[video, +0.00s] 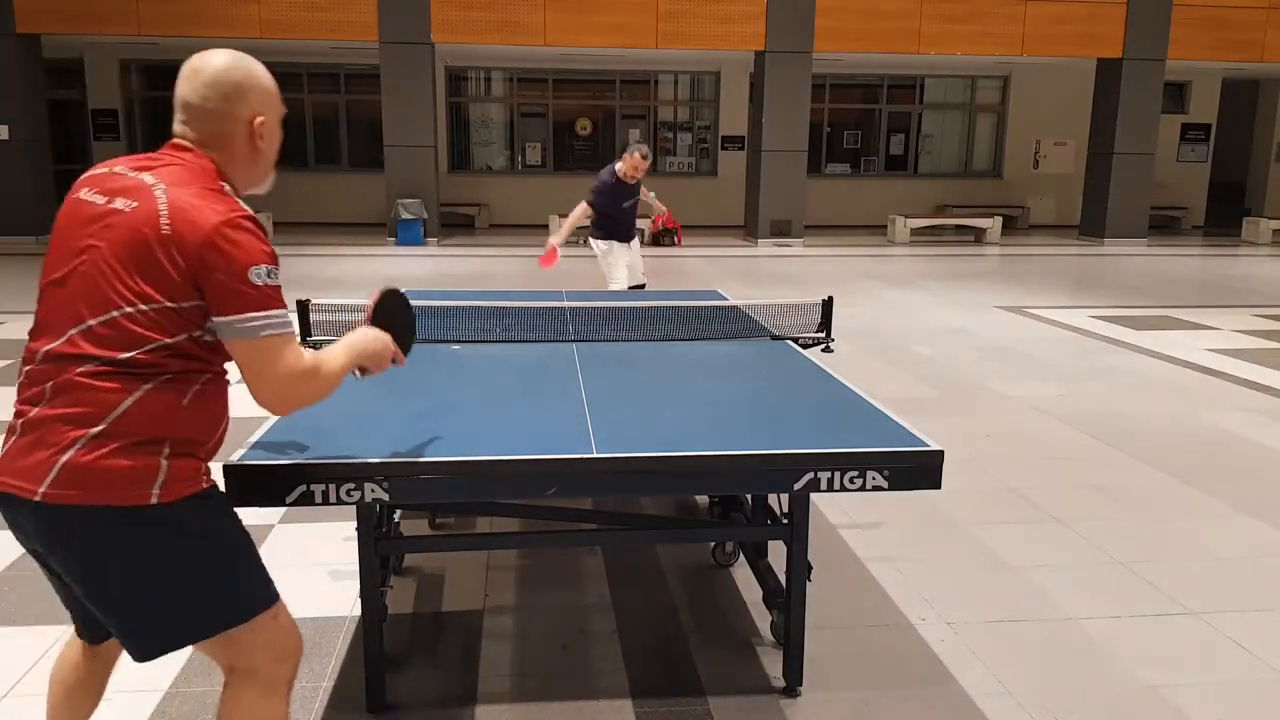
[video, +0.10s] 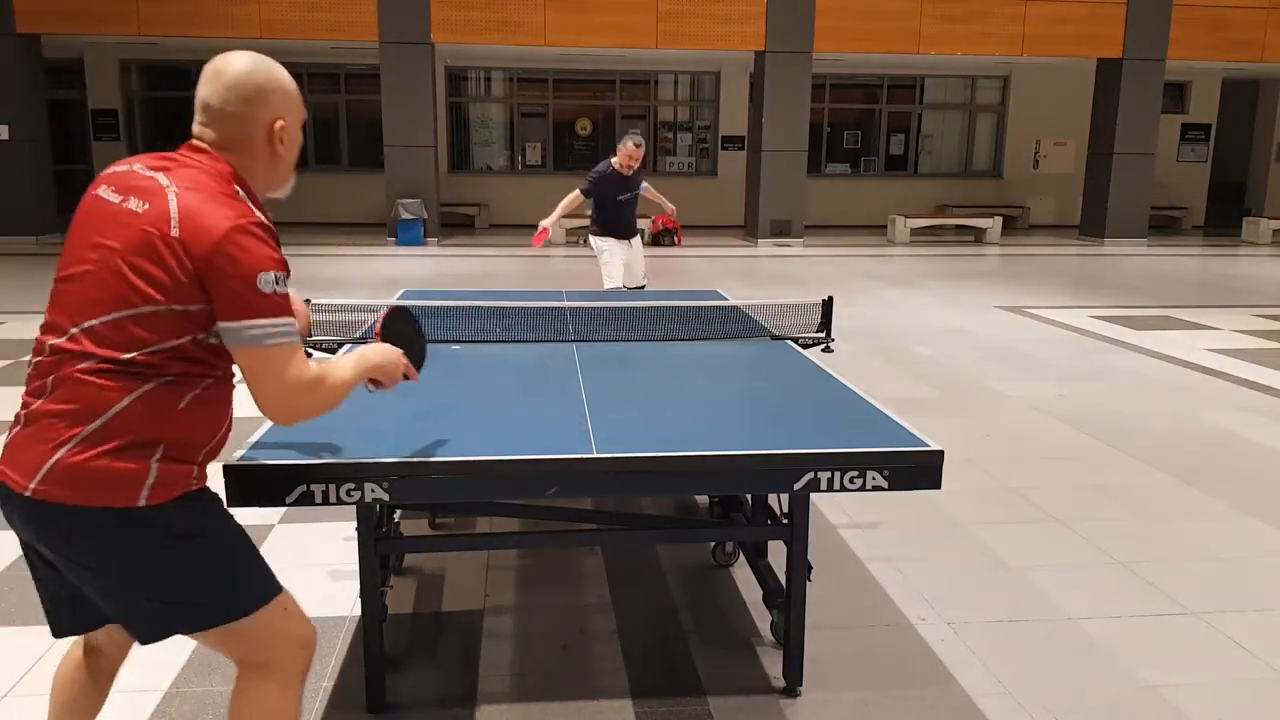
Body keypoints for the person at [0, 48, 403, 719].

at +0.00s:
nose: (280, 135)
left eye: (278, 121)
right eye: (278, 121)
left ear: (181, 119)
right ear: (256, 128)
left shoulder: (97, 181)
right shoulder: (221, 223)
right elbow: (283, 388)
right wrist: (354, 349)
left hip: (31, 476)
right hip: (134, 489)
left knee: (96, 633)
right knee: (266, 653)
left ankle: (59, 719)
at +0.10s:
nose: (300, 143)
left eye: (300, 128)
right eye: (299, 127)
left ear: (204, 119)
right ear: (278, 131)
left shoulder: (119, 178)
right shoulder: (231, 225)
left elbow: (151, 304)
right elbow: (287, 398)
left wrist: (262, 306)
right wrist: (361, 364)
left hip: (34, 472)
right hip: (129, 492)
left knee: (103, 640)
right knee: (280, 648)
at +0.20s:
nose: (323, 165)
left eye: (326, 150)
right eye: (323, 150)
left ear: (227, 139)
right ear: (298, 157)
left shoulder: (147, 190)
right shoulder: (237, 253)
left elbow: (185, 292)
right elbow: (309, 420)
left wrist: (290, 296)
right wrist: (388, 371)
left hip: (38, 480)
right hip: (126, 504)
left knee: (114, 628)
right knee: (292, 648)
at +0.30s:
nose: (358, 195)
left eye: (360, 179)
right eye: (359, 179)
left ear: (261, 163)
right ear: (330, 186)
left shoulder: (182, 208)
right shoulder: (268, 289)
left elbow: (212, 306)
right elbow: (336, 455)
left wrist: (320, 302)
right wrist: (424, 396)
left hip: (50, 491)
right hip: (130, 521)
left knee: (128, 628)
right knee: (299, 662)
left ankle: (74, 715)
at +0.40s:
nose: (386, 232)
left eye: (390, 216)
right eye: (387, 216)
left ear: (291, 185)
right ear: (358, 213)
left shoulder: (221, 222)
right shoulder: (276, 318)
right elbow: (292, 496)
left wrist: (358, 315)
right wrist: (411, 477)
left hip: (66, 490)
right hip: (131, 525)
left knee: (138, 631)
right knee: (307, 674)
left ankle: (73, 714)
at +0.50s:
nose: (404, 243)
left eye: (410, 228)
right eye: (406, 228)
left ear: (309, 194)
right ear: (370, 226)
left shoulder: (258, 231)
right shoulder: (254, 321)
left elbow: (349, 330)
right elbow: (178, 507)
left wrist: (387, 310)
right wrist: (293, 612)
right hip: (111, 525)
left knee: (144, 637)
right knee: (303, 670)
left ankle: (70, 716)